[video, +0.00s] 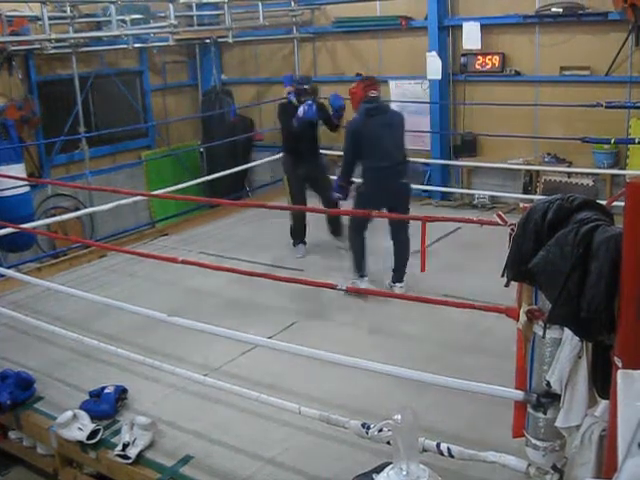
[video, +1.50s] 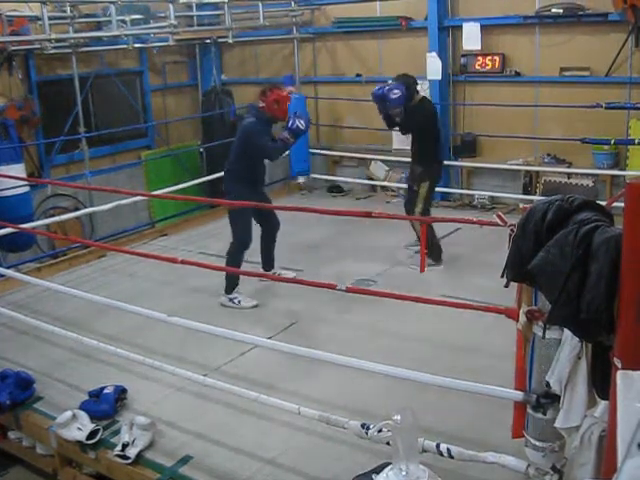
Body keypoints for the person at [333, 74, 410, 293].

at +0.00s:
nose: (351, 100)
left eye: (353, 96)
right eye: (352, 96)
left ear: (359, 97)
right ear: (378, 95)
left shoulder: (356, 124)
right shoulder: (397, 117)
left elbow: (350, 160)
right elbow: (397, 149)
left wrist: (342, 186)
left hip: (372, 185)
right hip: (398, 183)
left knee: (356, 227)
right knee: (400, 230)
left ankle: (361, 276)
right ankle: (398, 280)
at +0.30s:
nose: (323, 96)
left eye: (324, 92)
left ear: (325, 95)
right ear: (345, 95)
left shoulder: (315, 120)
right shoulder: (359, 120)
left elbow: (313, 154)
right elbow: (365, 151)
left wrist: (322, 172)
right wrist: (357, 171)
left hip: (325, 183)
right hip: (355, 181)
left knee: (320, 232)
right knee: (375, 226)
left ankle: (318, 278)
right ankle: (391, 278)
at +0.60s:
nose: (319, 98)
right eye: (318, 94)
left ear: (294, 96)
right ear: (316, 95)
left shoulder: (285, 122)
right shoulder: (324, 118)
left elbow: (282, 154)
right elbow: (337, 146)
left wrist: (301, 153)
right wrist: (349, 160)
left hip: (297, 180)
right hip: (321, 179)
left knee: (305, 225)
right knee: (331, 226)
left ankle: (311, 270)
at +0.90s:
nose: (300, 103)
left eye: (299, 98)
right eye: (297, 98)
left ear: (277, 98)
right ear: (290, 99)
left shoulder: (266, 120)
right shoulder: (287, 124)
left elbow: (285, 149)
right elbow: (303, 156)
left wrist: (307, 142)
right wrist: (318, 148)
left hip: (269, 188)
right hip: (282, 190)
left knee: (293, 235)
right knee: (281, 240)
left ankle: (314, 277)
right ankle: (244, 281)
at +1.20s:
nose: (280, 108)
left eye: (280, 103)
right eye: (277, 103)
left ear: (262, 104)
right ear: (265, 104)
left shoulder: (255, 126)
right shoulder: (254, 130)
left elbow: (257, 156)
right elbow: (267, 164)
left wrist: (277, 148)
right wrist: (288, 150)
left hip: (258, 191)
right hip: (250, 193)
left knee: (285, 221)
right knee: (254, 243)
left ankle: (288, 270)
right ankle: (230, 293)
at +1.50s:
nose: (282, 111)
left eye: (283, 106)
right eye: (279, 105)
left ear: (269, 105)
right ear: (266, 103)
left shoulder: (263, 125)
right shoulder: (252, 126)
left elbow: (272, 149)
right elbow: (271, 153)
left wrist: (289, 135)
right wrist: (290, 136)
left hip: (253, 187)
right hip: (237, 188)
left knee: (271, 224)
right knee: (242, 238)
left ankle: (269, 270)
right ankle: (229, 292)